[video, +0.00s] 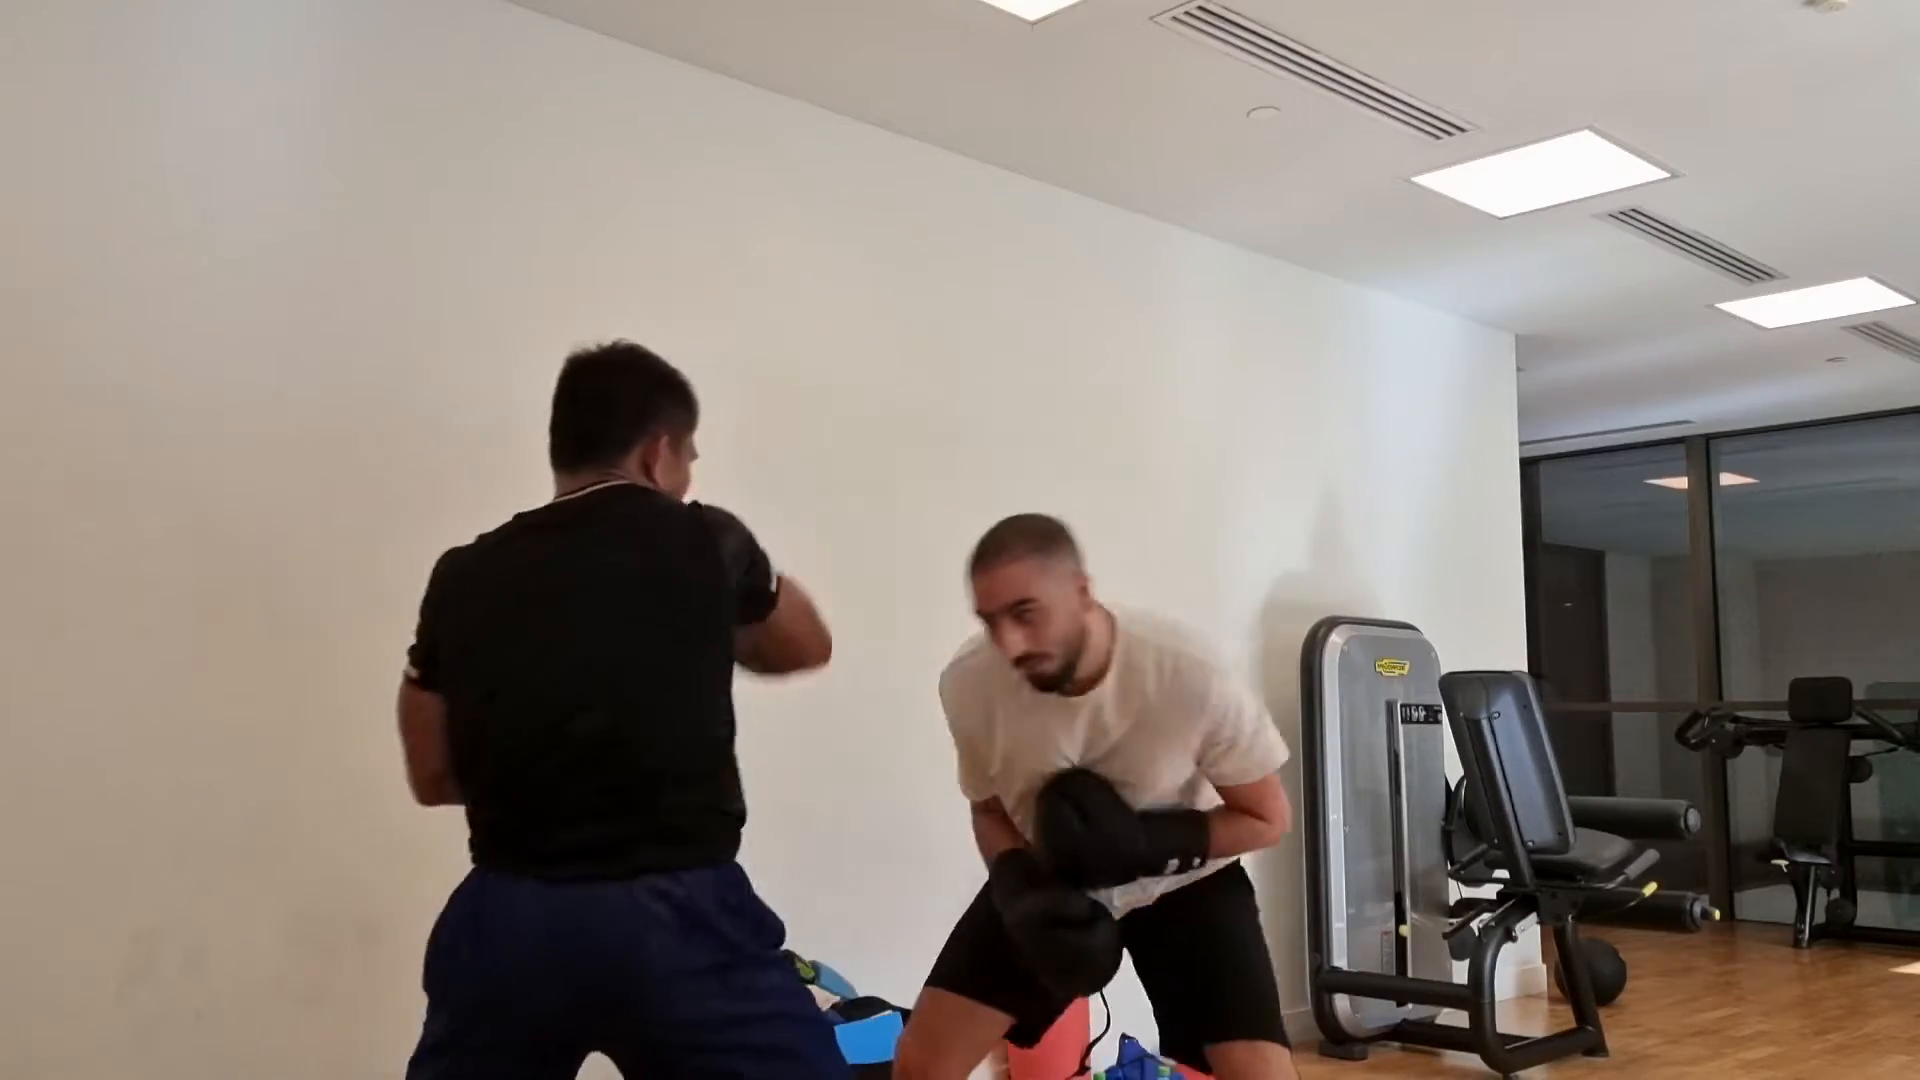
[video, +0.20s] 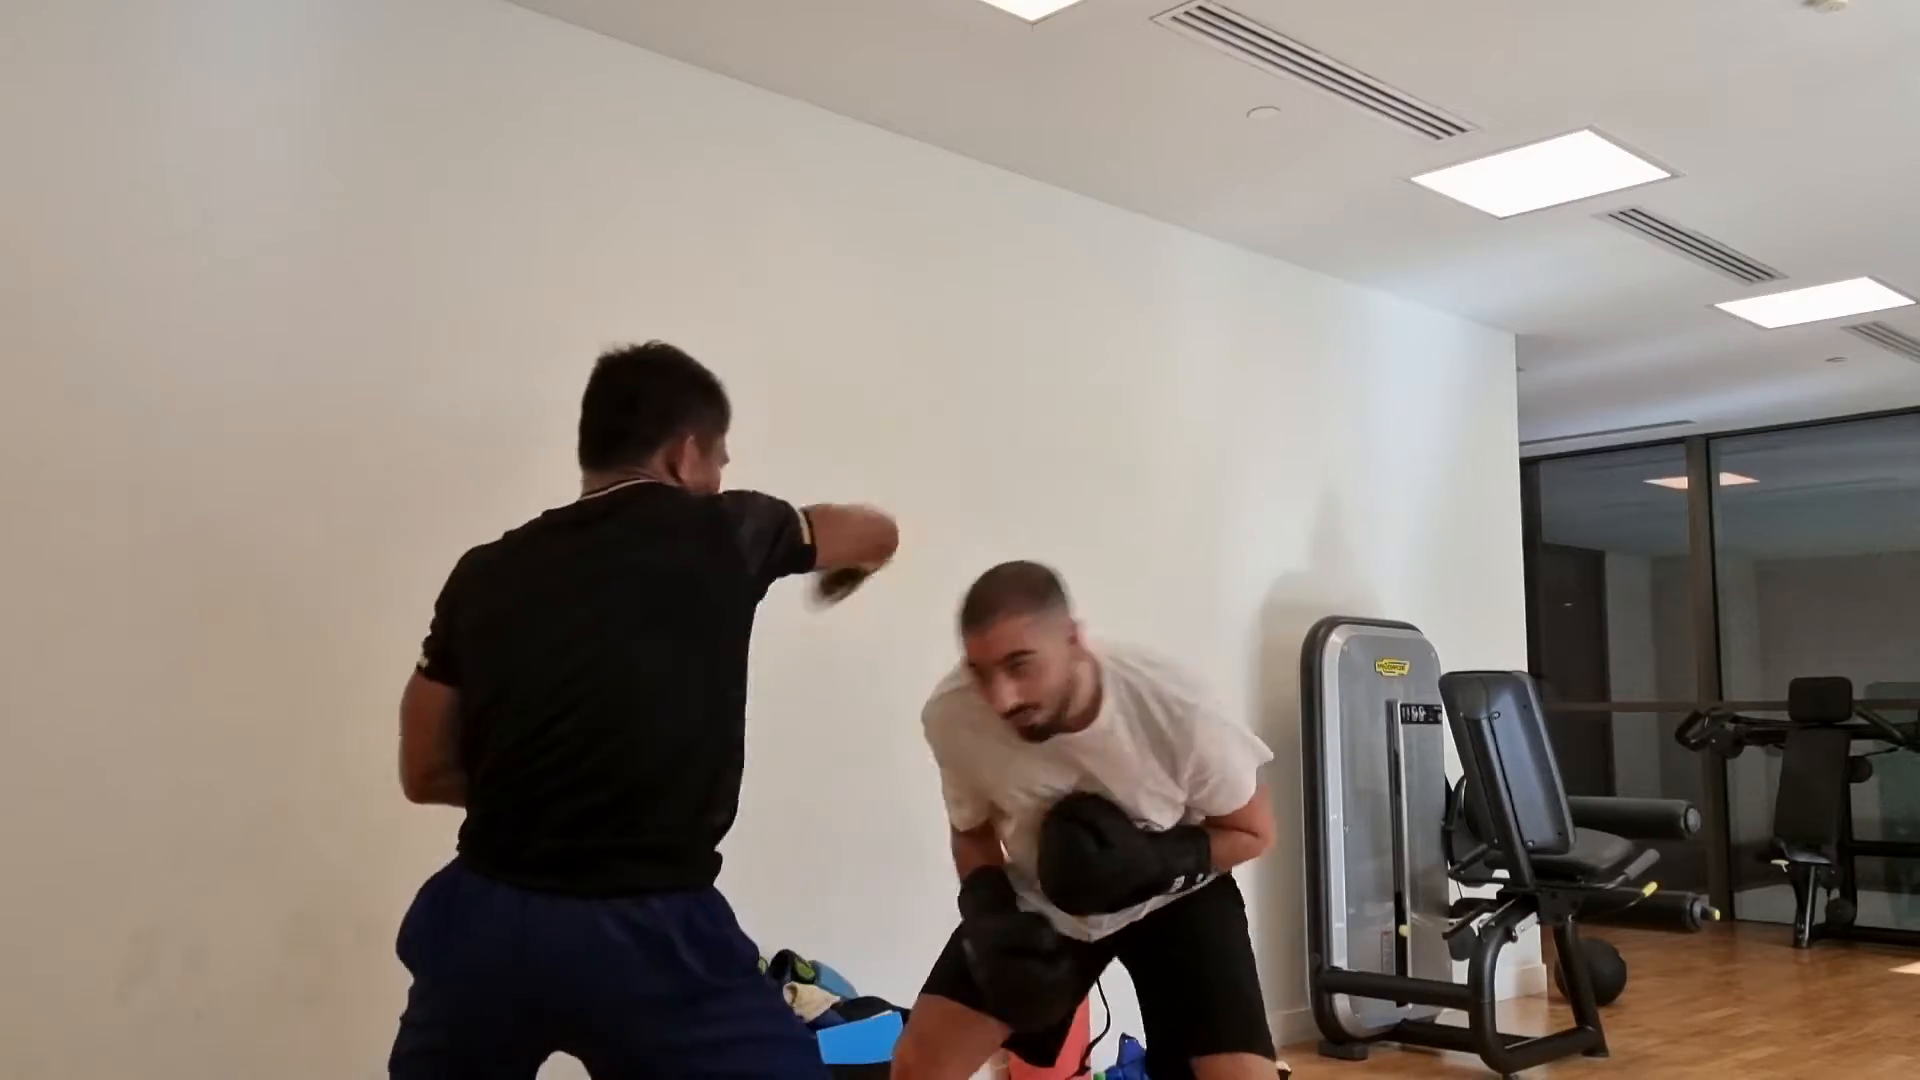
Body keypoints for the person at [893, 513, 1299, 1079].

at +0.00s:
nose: (1010, 645)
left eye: (1026, 615)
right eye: (991, 622)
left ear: (1084, 590)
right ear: (979, 619)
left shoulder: (1189, 672)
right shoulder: (971, 687)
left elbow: (1266, 818)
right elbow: (989, 807)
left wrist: (1143, 840)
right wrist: (1025, 894)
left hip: (1187, 882)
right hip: (1048, 880)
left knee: (1257, 1070)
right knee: (922, 1062)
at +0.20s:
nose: (1002, 698)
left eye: (1018, 666)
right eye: (981, 675)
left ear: (1074, 638)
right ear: (968, 666)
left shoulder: (1178, 708)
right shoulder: (954, 719)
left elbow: (1252, 830)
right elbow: (972, 829)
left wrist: (1155, 861)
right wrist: (990, 916)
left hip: (1180, 899)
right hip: (1037, 900)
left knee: (1238, 1073)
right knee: (920, 1064)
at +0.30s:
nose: (864, 712)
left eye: (875, 682)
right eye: (857, 688)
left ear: (941, 662)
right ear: (938, 665)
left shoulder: (1079, 708)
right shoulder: (936, 741)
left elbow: (1246, 807)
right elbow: (1011, 838)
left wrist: (1114, 869)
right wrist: (967, 907)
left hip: (1197, 903)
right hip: (1072, 911)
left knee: (1227, 1069)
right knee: (925, 1043)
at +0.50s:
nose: (936, 557)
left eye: (950, 531)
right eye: (930, 537)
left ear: (1019, 524)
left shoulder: (1126, 600)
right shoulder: (996, 643)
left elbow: (1283, 701)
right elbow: (1041, 744)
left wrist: (1163, 761)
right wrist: (948, 826)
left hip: (1205, 908)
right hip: (1068, 908)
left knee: (1232, 1070)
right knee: (936, 1070)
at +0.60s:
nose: (1040, 494)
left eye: (1060, 472)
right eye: (1022, 480)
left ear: (1112, 474)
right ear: (1005, 494)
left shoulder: (1217, 575)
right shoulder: (994, 609)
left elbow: (1308, 705)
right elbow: (925, 691)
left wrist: (1260, 724)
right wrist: (860, 708)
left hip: (1195, 893)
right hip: (1039, 902)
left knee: (1270, 1069)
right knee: (951, 1069)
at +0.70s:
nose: (1034, 474)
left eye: (1051, 450)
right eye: (1015, 458)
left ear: (1099, 451)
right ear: (1002, 472)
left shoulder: (1185, 555)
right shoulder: (980, 558)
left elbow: (1290, 708)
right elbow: (875, 699)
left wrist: (1260, 664)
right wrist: (923, 642)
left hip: (1186, 871)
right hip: (1045, 868)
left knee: (1251, 1069)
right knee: (943, 1064)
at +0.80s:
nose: (958, 494)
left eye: (975, 468)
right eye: (948, 477)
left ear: (1039, 461)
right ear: (944, 484)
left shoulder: (1117, 527)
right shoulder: (975, 603)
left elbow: (1210, 622)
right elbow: (989, 758)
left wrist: (1073, 553)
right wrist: (960, 709)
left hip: (1183, 872)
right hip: (1052, 868)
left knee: (1248, 1068)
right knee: (917, 1064)